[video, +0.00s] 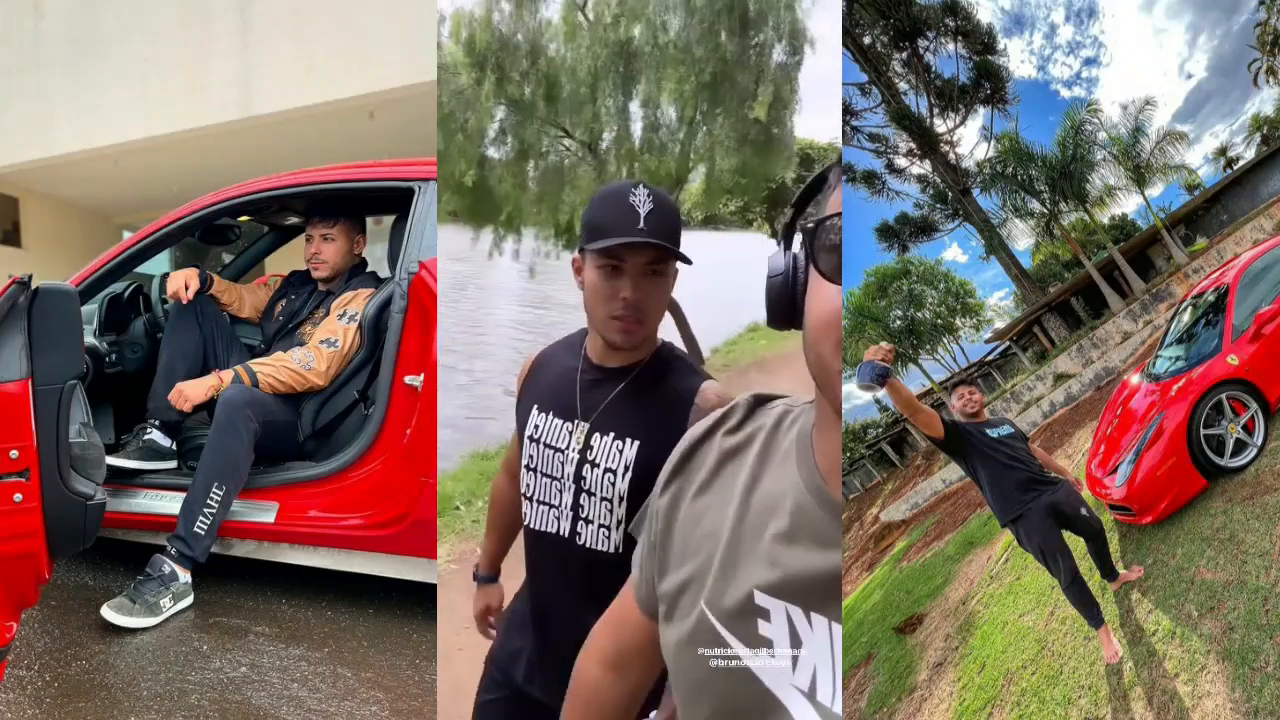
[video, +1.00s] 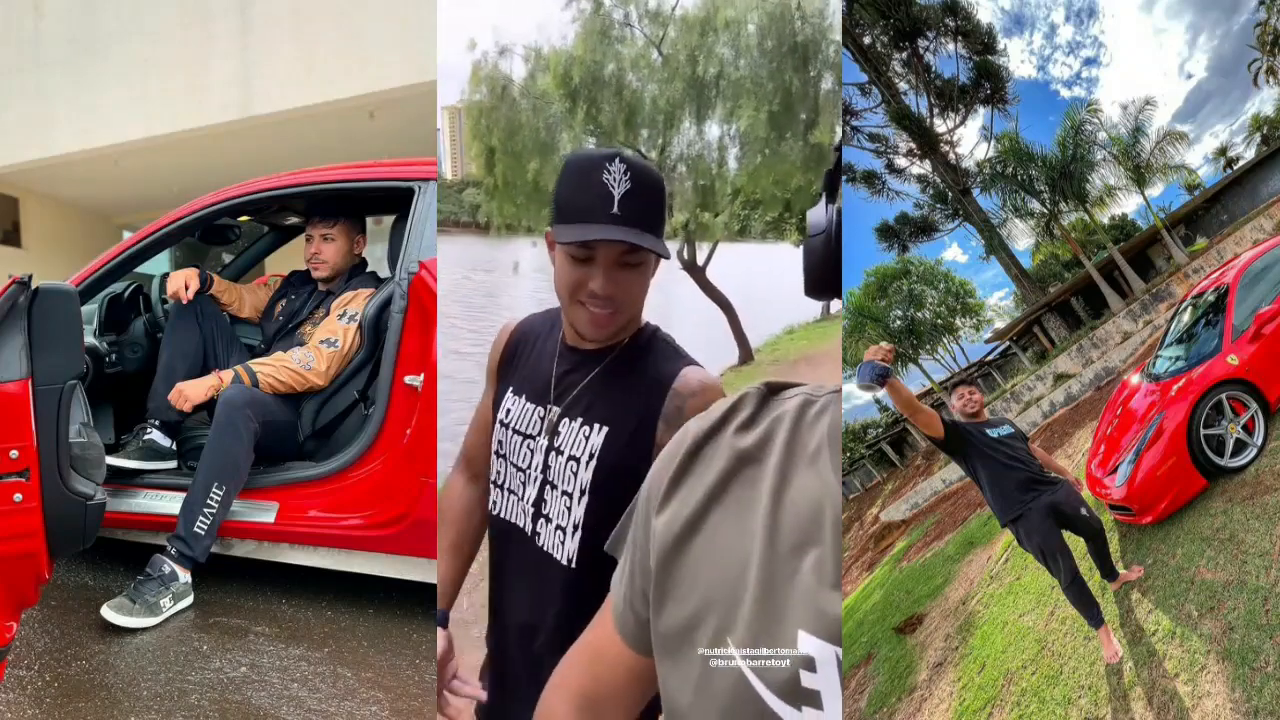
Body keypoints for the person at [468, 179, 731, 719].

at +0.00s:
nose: (631, 293)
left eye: (654, 271)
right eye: (612, 268)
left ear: (673, 280)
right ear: (579, 271)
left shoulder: (702, 409)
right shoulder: (544, 371)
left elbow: (711, 556)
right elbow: (516, 475)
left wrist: (683, 691)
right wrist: (486, 571)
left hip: (629, 676)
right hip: (530, 647)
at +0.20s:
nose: (599, 312)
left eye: (621, 288)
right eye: (578, 287)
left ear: (644, 294)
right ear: (544, 288)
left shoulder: (679, 428)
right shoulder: (515, 387)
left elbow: (685, 591)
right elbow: (500, 501)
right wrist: (493, 554)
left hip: (608, 701)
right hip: (502, 686)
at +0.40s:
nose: (599, 290)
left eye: (622, 262)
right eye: (574, 263)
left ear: (645, 263)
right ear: (537, 265)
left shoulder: (691, 409)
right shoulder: (512, 376)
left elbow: (704, 577)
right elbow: (483, 500)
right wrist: (450, 608)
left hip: (613, 698)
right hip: (507, 680)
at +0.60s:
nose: (614, 301)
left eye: (639, 276)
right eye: (593, 274)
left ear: (665, 277)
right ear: (557, 269)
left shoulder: (705, 413)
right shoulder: (519, 383)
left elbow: (725, 580)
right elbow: (440, 529)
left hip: (644, 699)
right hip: (534, 686)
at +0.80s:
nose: (613, 320)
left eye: (640, 296)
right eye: (593, 293)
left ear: (663, 297)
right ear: (559, 288)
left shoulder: (696, 430)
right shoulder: (516, 398)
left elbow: (705, 590)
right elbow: (444, 537)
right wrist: (375, 641)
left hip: (639, 707)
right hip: (526, 696)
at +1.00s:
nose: (600, 285)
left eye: (628, 262)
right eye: (582, 258)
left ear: (657, 262)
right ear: (551, 248)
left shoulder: (685, 397)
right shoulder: (520, 345)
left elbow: (682, 582)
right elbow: (471, 477)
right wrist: (437, 614)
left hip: (607, 701)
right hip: (505, 681)